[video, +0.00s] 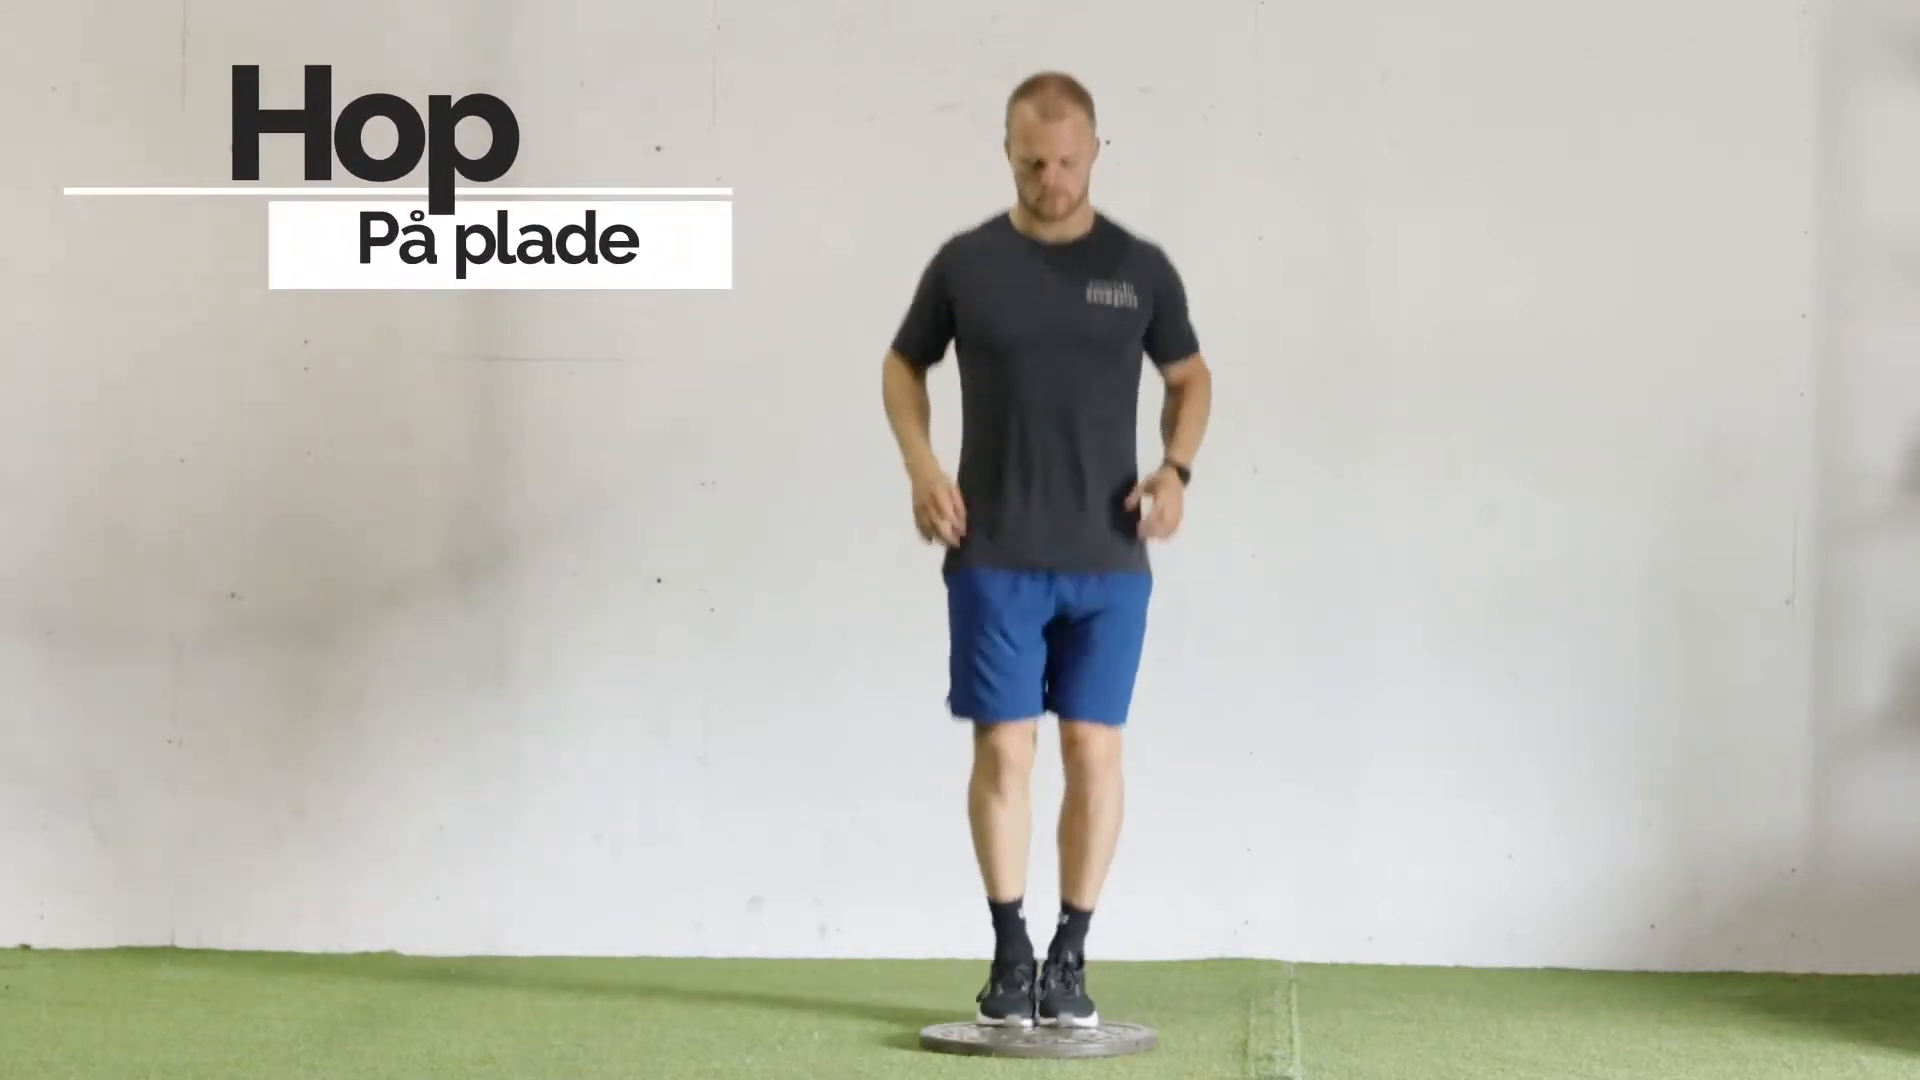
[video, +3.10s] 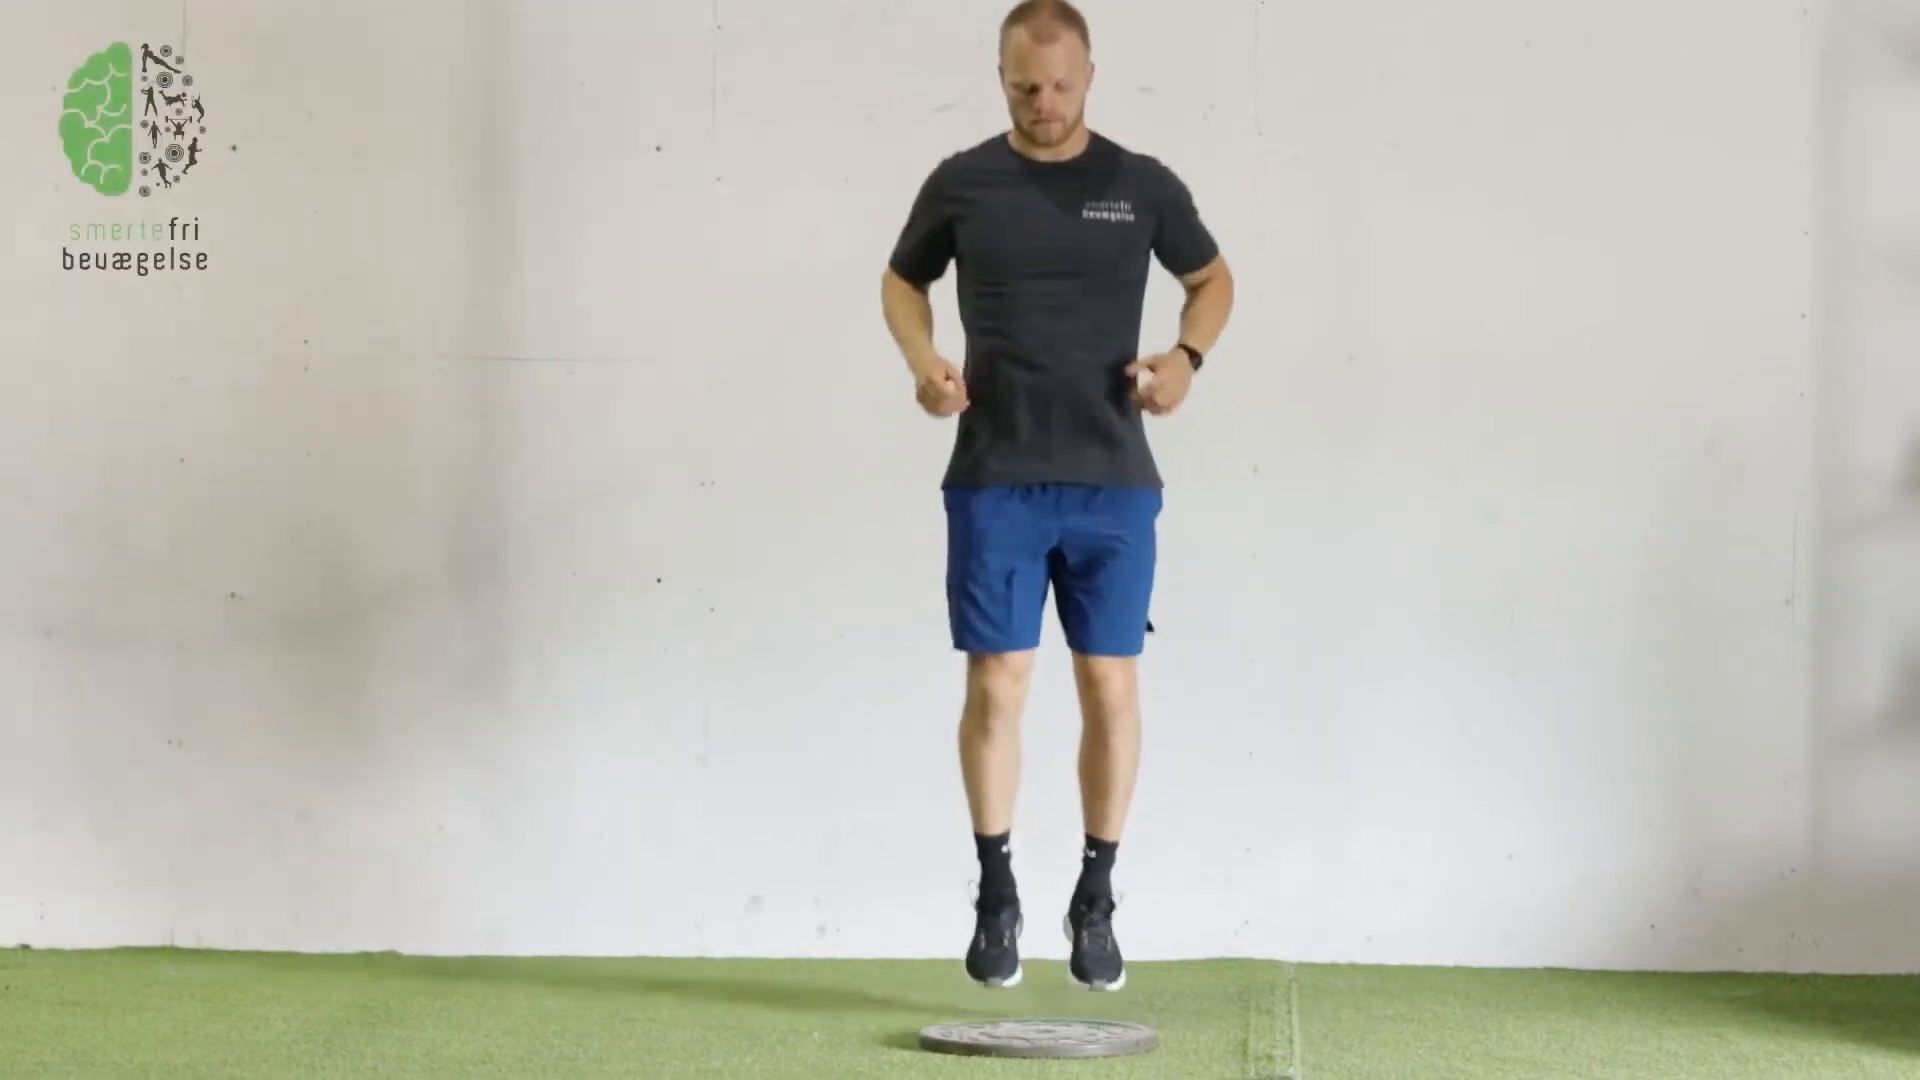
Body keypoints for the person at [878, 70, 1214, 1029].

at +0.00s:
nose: (1049, 176)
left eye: (1065, 158)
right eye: (1032, 159)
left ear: (1094, 154)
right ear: (1008, 156)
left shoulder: (1139, 267)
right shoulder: (964, 263)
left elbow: (1190, 378)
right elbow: (903, 366)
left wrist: (1174, 470)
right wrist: (922, 467)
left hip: (1108, 556)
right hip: (995, 553)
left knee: (1092, 747)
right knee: (1004, 750)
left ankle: (1067, 960)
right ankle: (1010, 958)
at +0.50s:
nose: (1047, 157)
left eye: (1063, 140)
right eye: (1032, 141)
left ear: (1094, 136)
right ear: (1010, 140)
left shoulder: (1143, 243)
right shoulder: (967, 241)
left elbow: (1210, 343)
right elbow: (892, 339)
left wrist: (1189, 378)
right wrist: (934, 358)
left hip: (1112, 531)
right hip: (999, 532)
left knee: (1113, 736)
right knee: (1003, 734)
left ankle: (1104, 934)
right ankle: (1012, 933)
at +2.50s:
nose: (1052, 98)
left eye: (1068, 81)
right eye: (1035, 81)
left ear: (1099, 75)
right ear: (1013, 77)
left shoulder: (1148, 180)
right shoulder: (973, 178)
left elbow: (1218, 272)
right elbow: (895, 269)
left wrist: (1198, 308)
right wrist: (921, 293)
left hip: (1118, 469)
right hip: (1003, 468)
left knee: (1114, 681)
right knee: (1003, 677)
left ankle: (1102, 886)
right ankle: (1009, 890)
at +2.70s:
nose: (1050, 128)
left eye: (1066, 110)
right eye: (1033, 111)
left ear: (1096, 106)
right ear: (1011, 110)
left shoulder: (1147, 217)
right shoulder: (965, 212)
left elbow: (1209, 318)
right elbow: (905, 313)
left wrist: (1197, 372)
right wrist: (927, 379)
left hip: (1108, 500)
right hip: (996, 497)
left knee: (1098, 714)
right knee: (998, 715)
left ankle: (1081, 946)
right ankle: (1000, 944)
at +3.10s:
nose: (1043, 105)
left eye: (1059, 86)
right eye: (1025, 87)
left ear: (1089, 76)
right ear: (1002, 82)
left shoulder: (1143, 186)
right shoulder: (962, 183)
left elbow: (1211, 279)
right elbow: (904, 280)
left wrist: (1184, 357)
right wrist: (925, 365)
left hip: (1112, 476)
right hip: (997, 475)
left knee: (1109, 686)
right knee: (997, 683)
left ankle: (1096, 900)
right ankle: (996, 896)